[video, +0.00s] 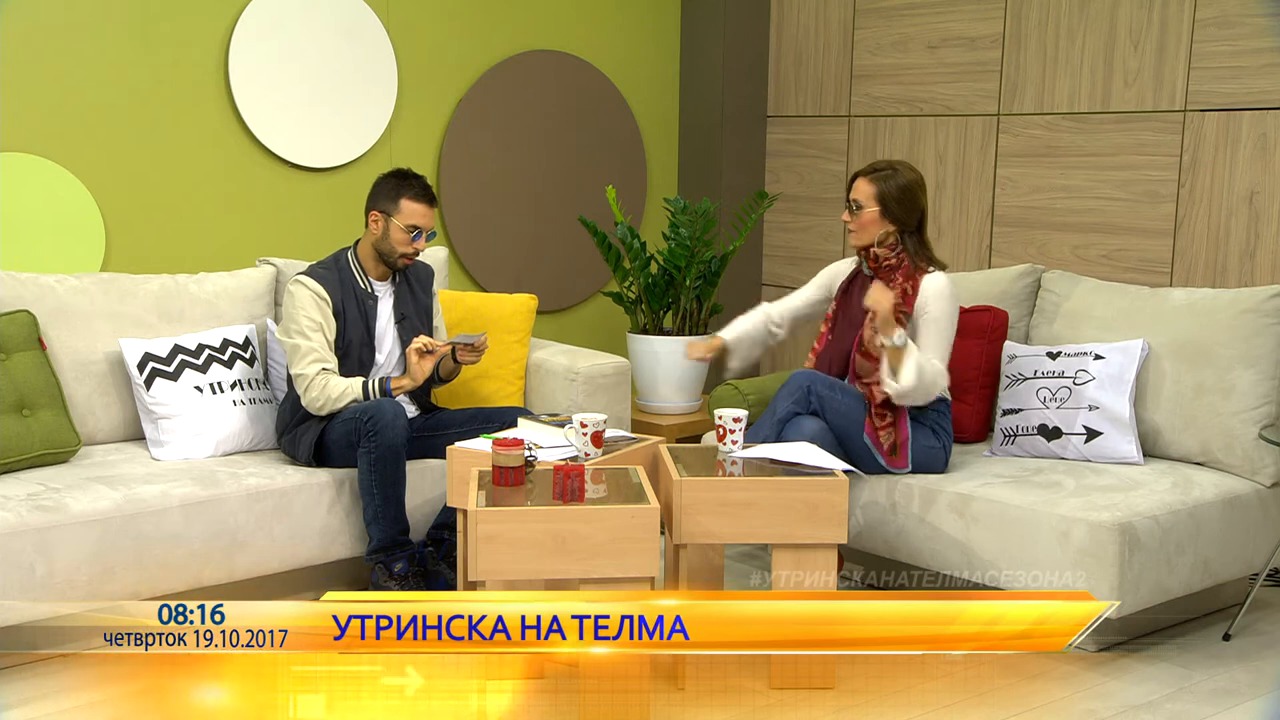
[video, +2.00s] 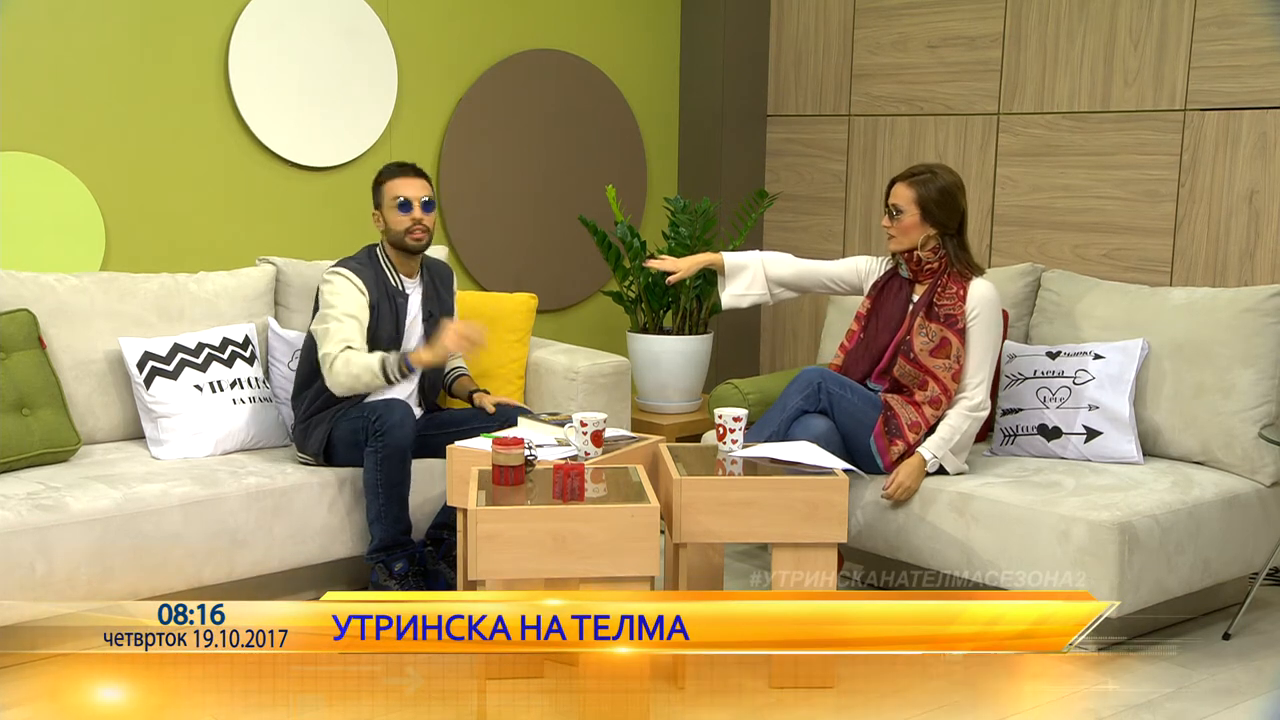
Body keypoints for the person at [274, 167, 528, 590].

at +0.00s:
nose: (421, 246)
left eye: (427, 235)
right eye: (412, 232)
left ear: (432, 232)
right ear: (375, 221)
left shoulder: (419, 278)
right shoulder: (312, 289)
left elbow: (430, 374)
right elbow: (318, 391)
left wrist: (454, 359)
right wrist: (401, 381)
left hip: (405, 422)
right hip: (322, 429)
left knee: (515, 422)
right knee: (387, 414)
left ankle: (440, 550)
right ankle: (392, 563)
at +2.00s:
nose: (418, 216)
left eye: (427, 205)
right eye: (404, 206)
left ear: (435, 214)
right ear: (379, 218)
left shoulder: (439, 275)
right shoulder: (346, 279)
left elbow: (444, 356)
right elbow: (341, 373)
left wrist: (475, 392)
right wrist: (420, 357)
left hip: (412, 422)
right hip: (333, 425)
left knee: (510, 420)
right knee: (395, 415)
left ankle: (440, 549)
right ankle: (392, 562)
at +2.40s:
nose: (392, 216)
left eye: (405, 206)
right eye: (380, 205)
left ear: (421, 219)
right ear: (363, 215)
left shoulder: (436, 273)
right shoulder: (339, 269)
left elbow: (454, 355)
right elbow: (309, 302)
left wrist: (476, 393)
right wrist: (408, 289)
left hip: (415, 421)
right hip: (334, 424)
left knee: (513, 422)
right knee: (394, 413)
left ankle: (439, 550)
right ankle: (392, 562)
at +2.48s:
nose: (387, 215)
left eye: (401, 206)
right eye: (375, 205)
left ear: (418, 218)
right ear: (359, 215)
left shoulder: (435, 273)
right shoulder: (333, 263)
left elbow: (456, 352)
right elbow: (315, 260)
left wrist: (477, 392)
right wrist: (415, 268)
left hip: (415, 421)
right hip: (333, 423)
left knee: (514, 422)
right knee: (395, 412)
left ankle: (441, 549)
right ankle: (391, 561)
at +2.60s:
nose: (385, 216)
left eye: (398, 205)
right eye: (373, 204)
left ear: (415, 216)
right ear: (359, 213)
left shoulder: (436, 274)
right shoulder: (332, 268)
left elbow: (455, 347)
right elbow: (314, 226)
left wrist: (477, 389)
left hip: (414, 419)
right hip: (335, 425)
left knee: (515, 420)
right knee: (395, 413)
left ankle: (441, 548)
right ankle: (391, 562)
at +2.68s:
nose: (386, 214)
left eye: (398, 204)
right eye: (374, 203)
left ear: (416, 215)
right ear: (354, 213)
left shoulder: (436, 273)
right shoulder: (334, 270)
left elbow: (457, 346)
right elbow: (321, 221)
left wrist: (477, 388)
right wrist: (318, 133)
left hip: (414, 423)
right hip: (338, 426)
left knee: (514, 424)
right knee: (397, 415)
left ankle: (440, 550)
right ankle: (392, 563)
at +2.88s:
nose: (388, 217)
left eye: (399, 206)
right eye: (375, 206)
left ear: (415, 216)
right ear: (357, 213)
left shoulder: (435, 276)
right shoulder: (328, 265)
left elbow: (474, 344)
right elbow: (296, 216)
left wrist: (518, 377)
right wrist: (261, 140)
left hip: (414, 420)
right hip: (337, 425)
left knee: (520, 423)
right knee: (391, 413)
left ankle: (438, 554)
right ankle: (392, 565)